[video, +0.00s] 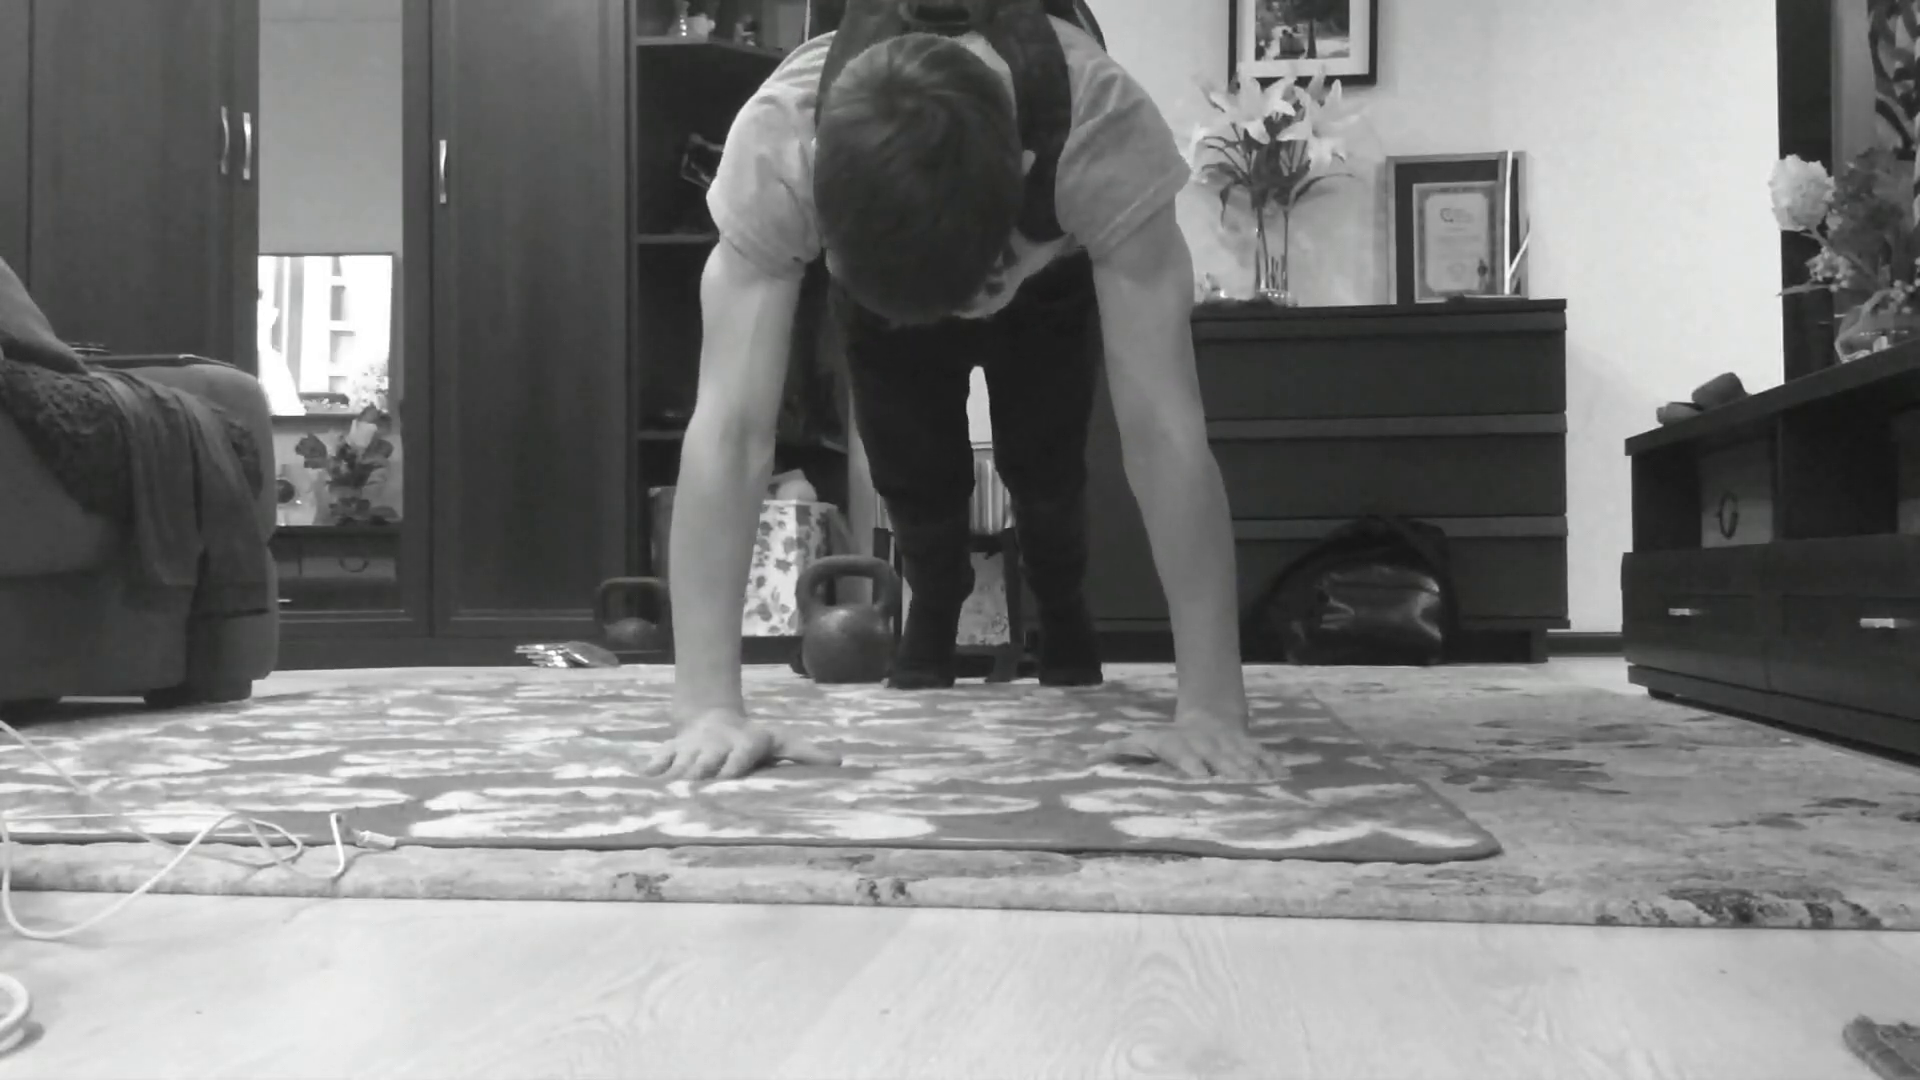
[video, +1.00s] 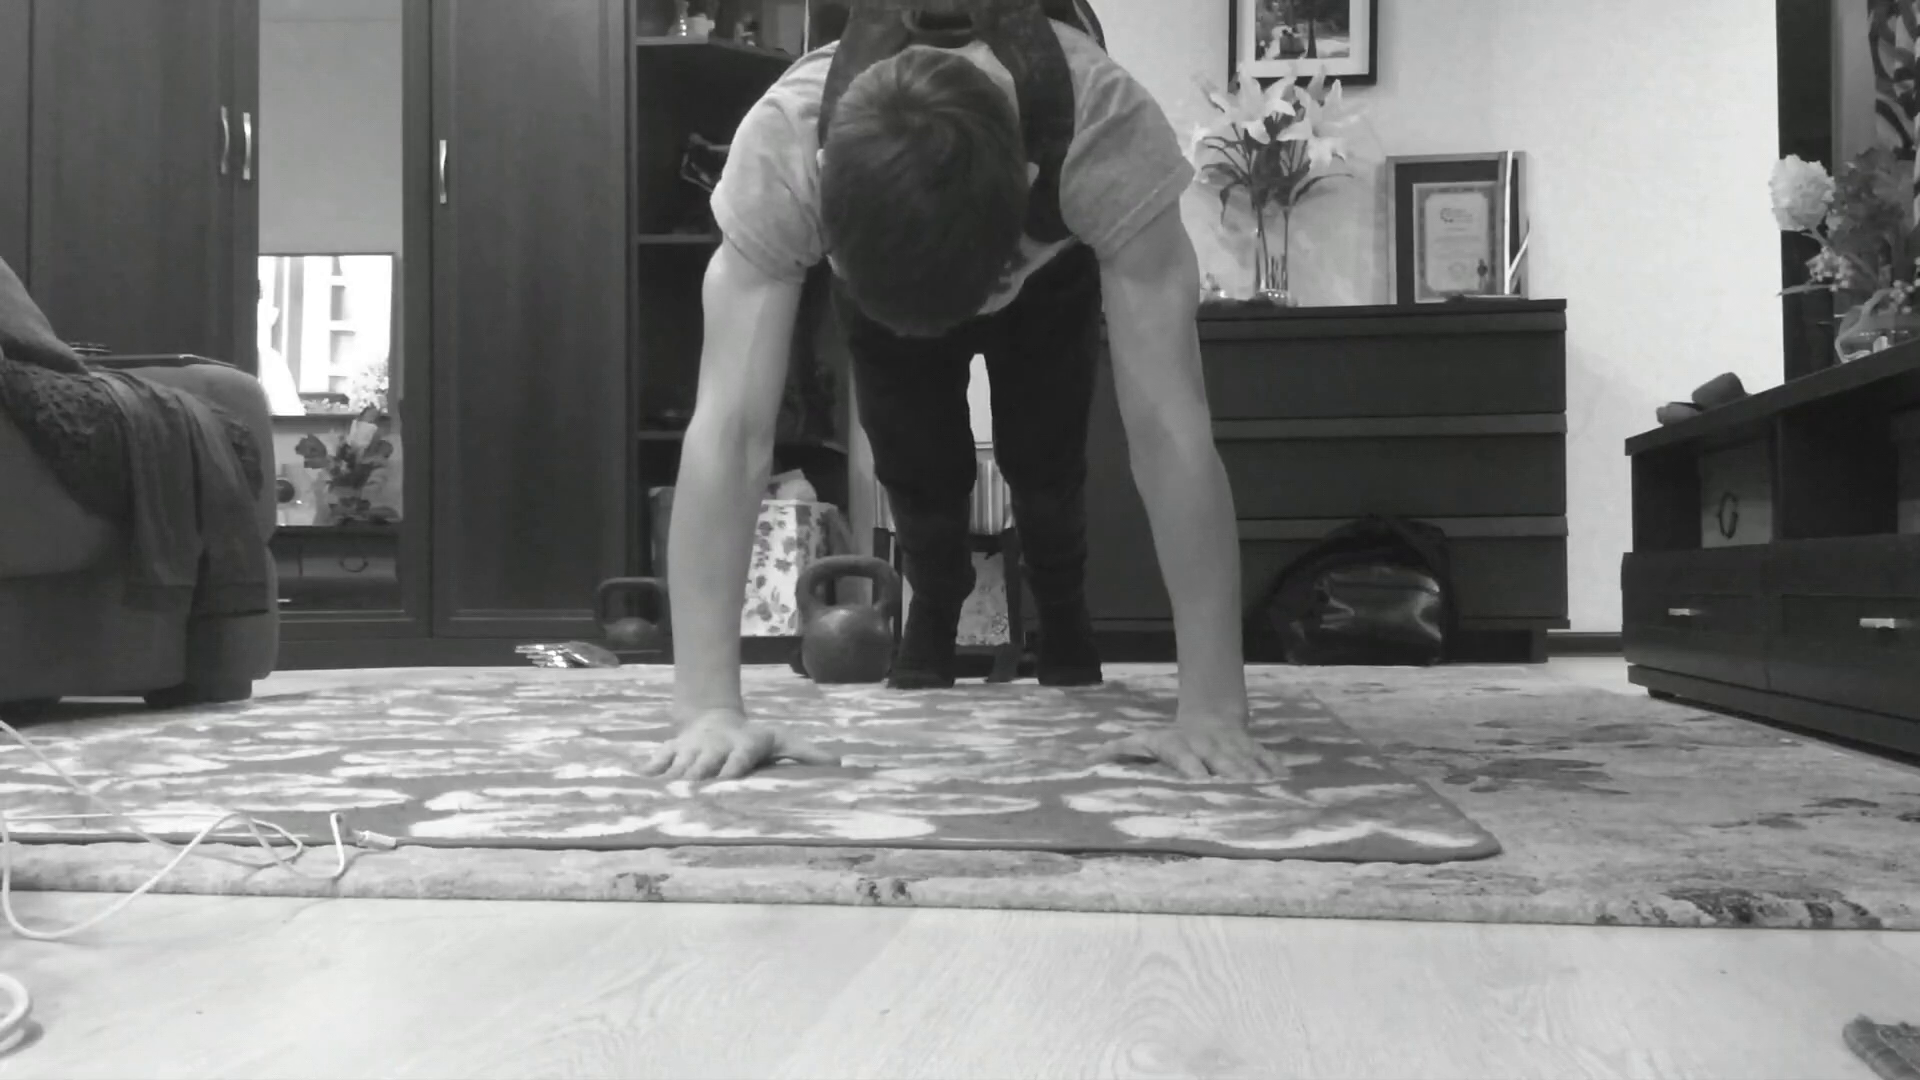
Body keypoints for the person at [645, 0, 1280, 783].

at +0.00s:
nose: (946, 327)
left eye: (974, 293)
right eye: (901, 313)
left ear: (1025, 182)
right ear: (827, 193)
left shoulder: (1112, 143)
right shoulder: (773, 157)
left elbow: (1167, 440)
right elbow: (727, 435)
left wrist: (1213, 709)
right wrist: (709, 709)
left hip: (1049, 257)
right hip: (869, 267)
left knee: (1045, 472)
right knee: (911, 477)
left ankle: (1057, 611)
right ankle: (931, 602)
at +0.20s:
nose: (939, 328)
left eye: (970, 295)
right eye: (897, 311)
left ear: (1023, 181)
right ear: (829, 195)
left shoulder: (1114, 144)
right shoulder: (775, 156)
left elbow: (1170, 439)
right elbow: (727, 433)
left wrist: (1214, 710)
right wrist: (708, 709)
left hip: (1049, 263)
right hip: (871, 275)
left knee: (1044, 479)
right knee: (912, 485)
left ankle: (1057, 618)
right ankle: (930, 606)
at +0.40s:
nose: (942, 335)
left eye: (970, 304)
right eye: (900, 318)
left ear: (1027, 198)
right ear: (831, 205)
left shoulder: (1116, 147)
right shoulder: (776, 157)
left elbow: (1171, 441)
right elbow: (727, 432)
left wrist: (1213, 710)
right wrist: (708, 709)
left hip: (1049, 260)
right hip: (871, 268)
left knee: (1044, 478)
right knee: (913, 484)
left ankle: (1056, 614)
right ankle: (931, 602)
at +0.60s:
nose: (941, 335)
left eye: (971, 303)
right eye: (900, 319)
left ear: (1029, 193)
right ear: (831, 204)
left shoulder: (1116, 148)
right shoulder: (776, 157)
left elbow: (1171, 439)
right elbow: (726, 432)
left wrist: (1213, 712)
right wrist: (709, 709)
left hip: (1048, 258)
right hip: (870, 267)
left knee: (1044, 479)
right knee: (911, 479)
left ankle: (1056, 622)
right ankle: (931, 605)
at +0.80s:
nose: (939, 336)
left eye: (971, 306)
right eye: (899, 320)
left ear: (1029, 205)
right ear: (832, 203)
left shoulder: (1119, 149)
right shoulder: (777, 157)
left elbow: (1172, 435)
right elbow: (726, 432)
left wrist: (1214, 712)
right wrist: (709, 709)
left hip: (1048, 256)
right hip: (871, 263)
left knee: (1044, 475)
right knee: (913, 476)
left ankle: (1056, 626)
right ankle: (931, 607)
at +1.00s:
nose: (934, 335)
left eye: (970, 300)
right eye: (896, 319)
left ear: (1025, 200)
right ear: (831, 204)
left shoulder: (1119, 149)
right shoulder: (778, 159)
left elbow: (1173, 436)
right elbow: (727, 433)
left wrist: (1213, 710)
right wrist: (709, 709)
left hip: (1047, 255)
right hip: (873, 265)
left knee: (1045, 475)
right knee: (917, 480)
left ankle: (1061, 642)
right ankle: (930, 626)